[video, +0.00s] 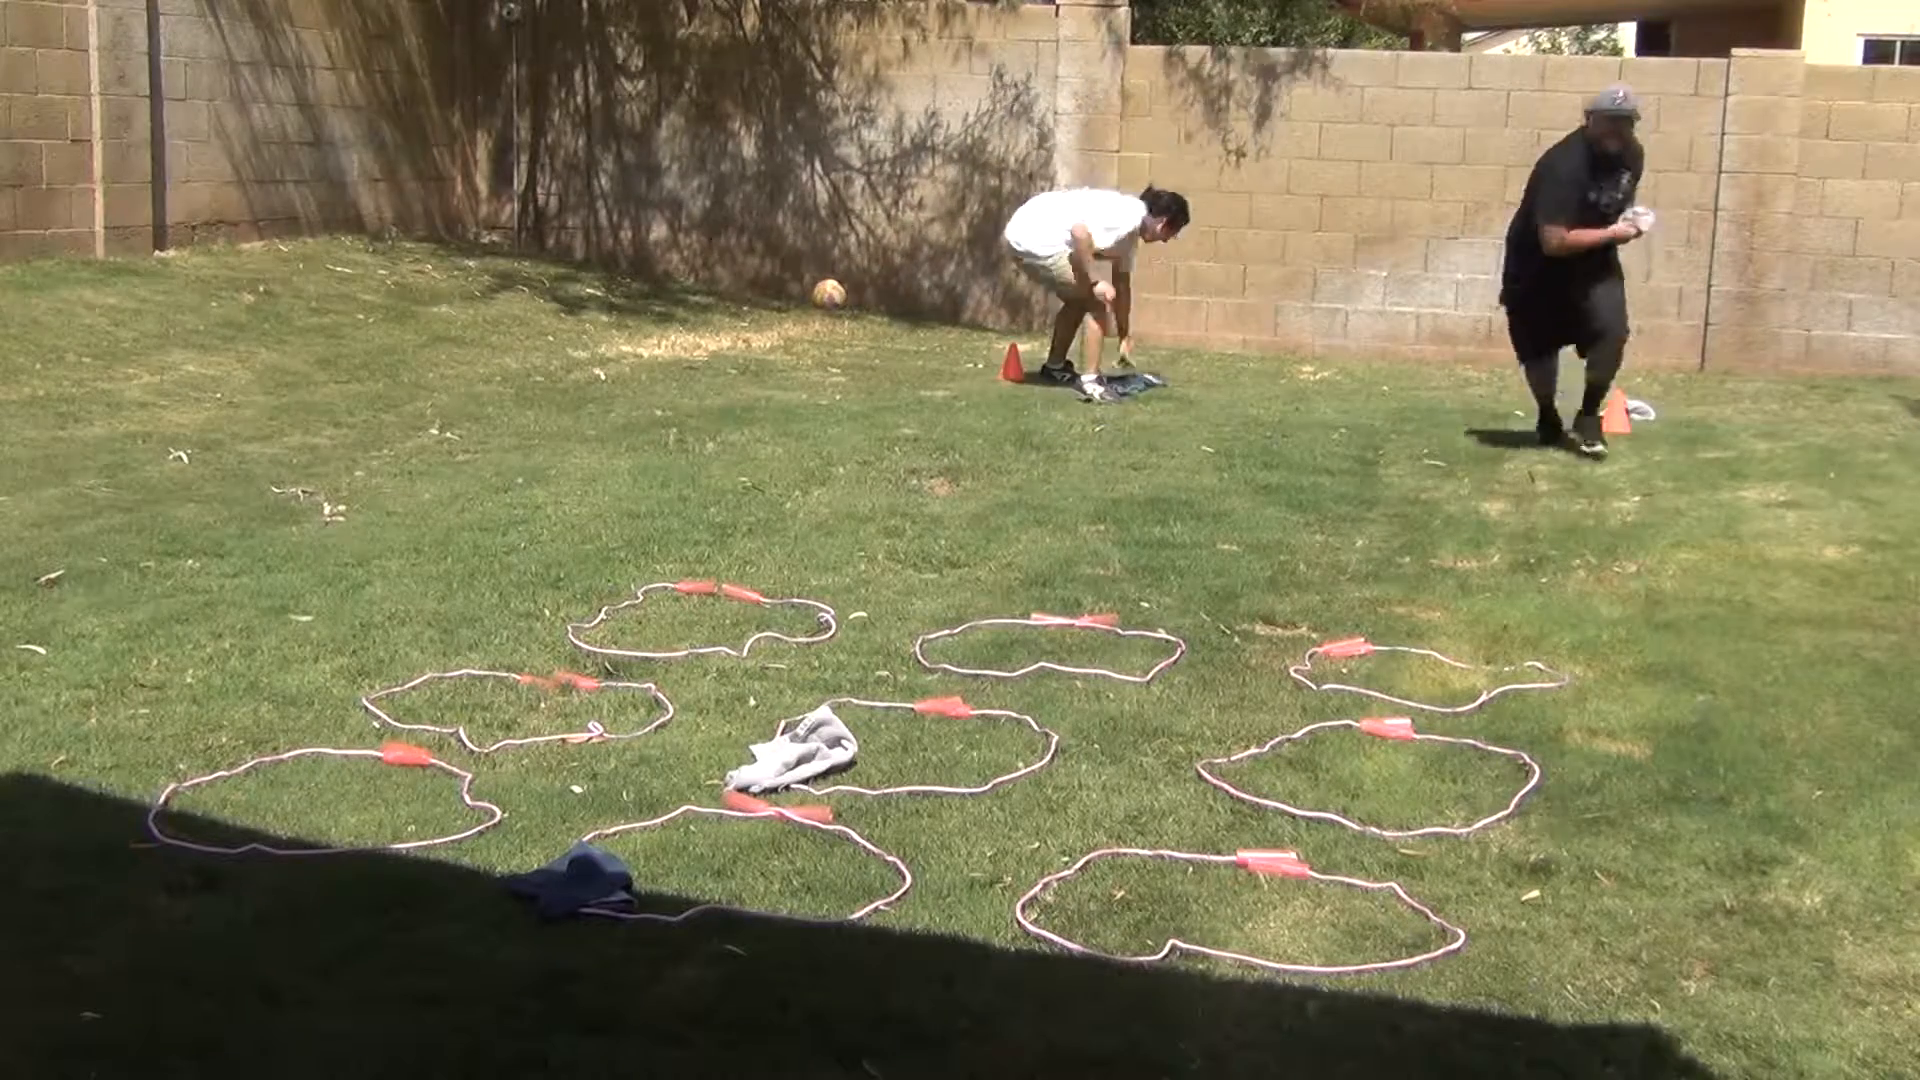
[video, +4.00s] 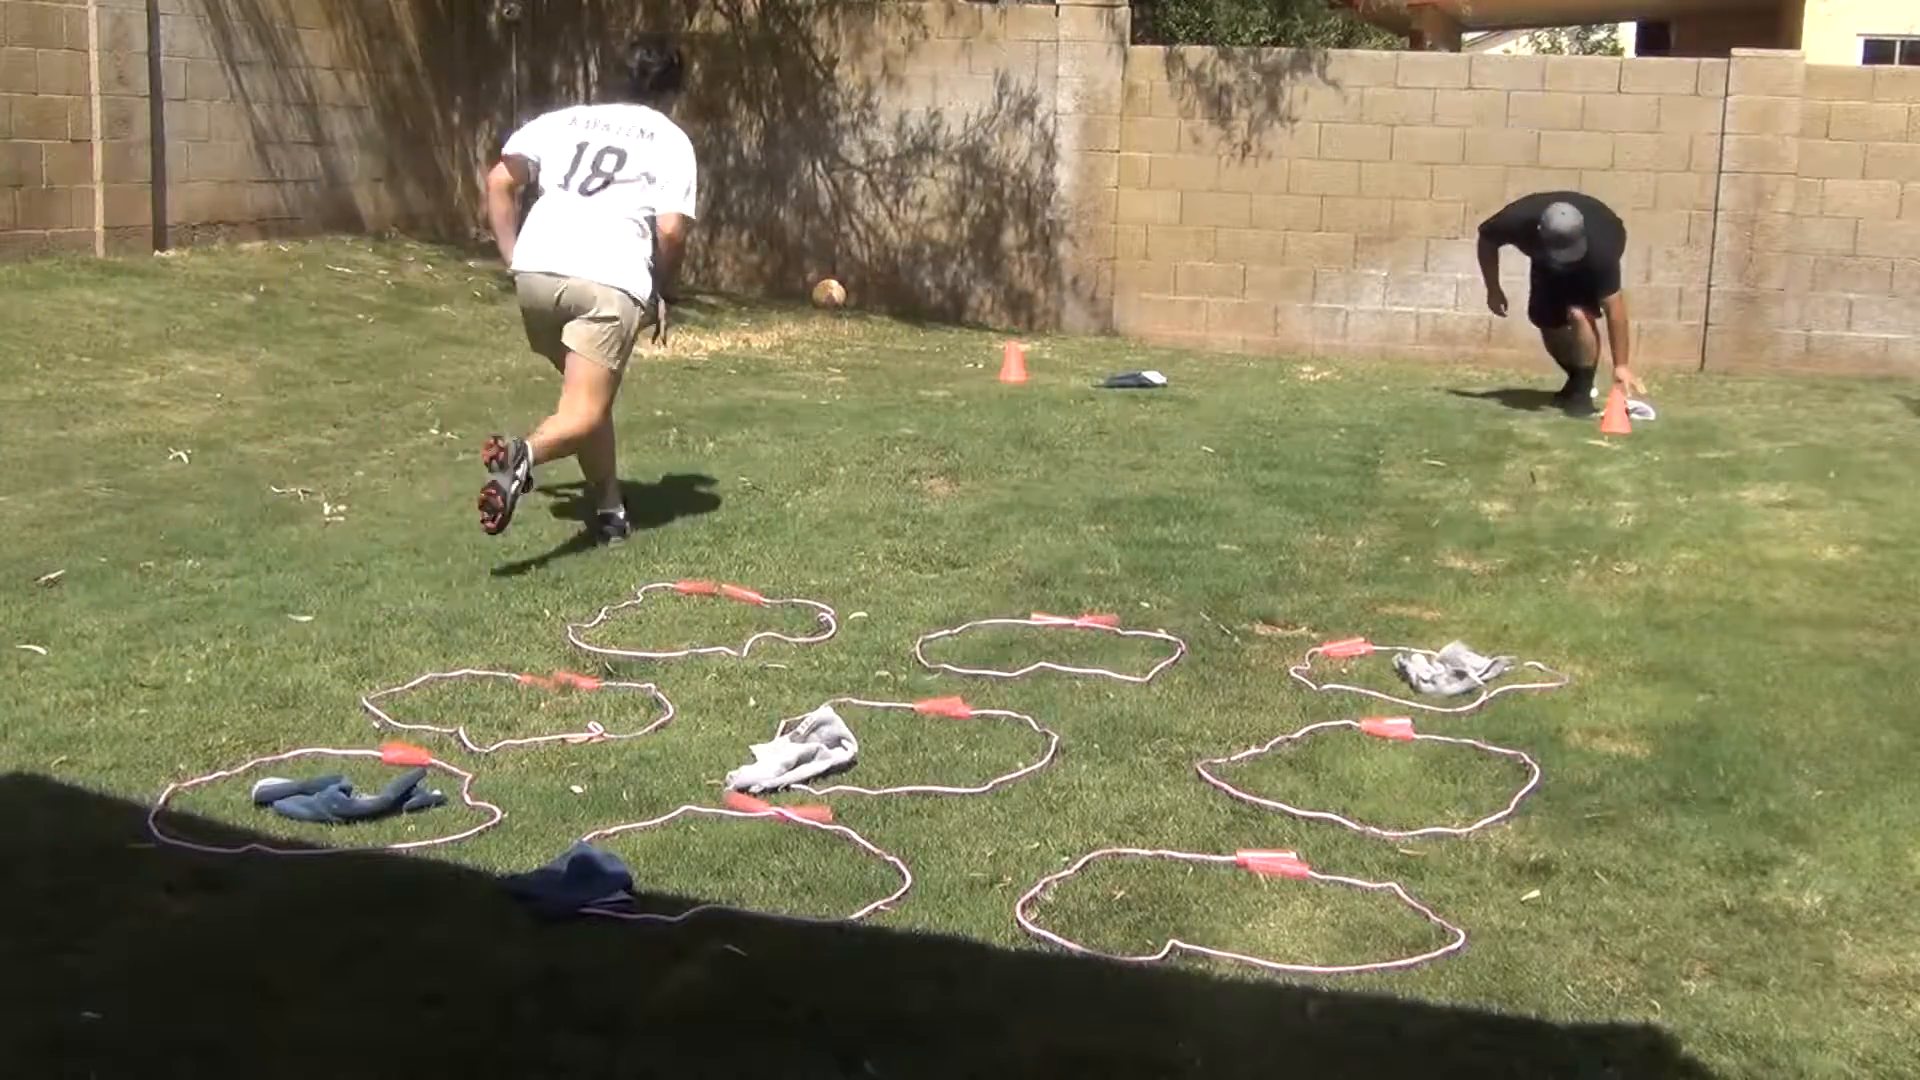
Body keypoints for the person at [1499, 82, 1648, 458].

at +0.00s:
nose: (1618, 132)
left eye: (1625, 123)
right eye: (1610, 123)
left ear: (1634, 125)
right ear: (1589, 123)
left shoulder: (1631, 157)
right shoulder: (1561, 163)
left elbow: (1613, 207)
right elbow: (1552, 241)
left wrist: (1629, 217)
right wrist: (1615, 233)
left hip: (1593, 260)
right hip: (1537, 266)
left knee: (1611, 335)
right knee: (1540, 352)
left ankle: (1589, 417)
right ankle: (1548, 417)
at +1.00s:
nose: (1532, 119)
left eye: (1546, 110)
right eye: (1523, 107)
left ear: (1567, 106)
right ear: (1506, 98)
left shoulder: (1574, 156)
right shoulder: (1464, 152)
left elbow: (1563, 234)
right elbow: (1420, 238)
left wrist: (1538, 294)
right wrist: (1434, 312)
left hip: (1532, 318)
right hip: (1464, 312)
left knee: (1544, 442)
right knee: (1457, 423)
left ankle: (1486, 543)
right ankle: (1399, 547)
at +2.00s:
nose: (1615, 137)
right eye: (1614, 132)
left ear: (1554, 127)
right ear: (1607, 130)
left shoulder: (1513, 165)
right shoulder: (1626, 168)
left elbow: (1474, 253)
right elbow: (1657, 234)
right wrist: (1639, 321)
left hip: (1486, 291)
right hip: (1566, 298)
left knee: (1504, 422)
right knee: (1586, 427)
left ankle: (1504, 519)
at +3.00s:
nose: (1544, 108)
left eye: (1545, 100)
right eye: (1543, 101)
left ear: (1556, 99)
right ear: (1587, 94)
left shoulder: (1552, 144)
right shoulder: (1628, 131)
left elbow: (1543, 201)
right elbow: (1673, 169)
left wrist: (1531, 237)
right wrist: (1643, 204)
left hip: (1573, 263)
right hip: (1626, 263)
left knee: (1541, 339)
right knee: (1596, 345)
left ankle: (1573, 404)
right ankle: (1603, 432)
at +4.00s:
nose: (1564, 260)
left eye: (1570, 254)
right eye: (1558, 254)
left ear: (1582, 237)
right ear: (1541, 235)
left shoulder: (1602, 244)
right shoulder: (1520, 221)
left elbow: (1614, 304)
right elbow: (1487, 237)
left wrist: (1621, 365)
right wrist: (1493, 288)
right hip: (1545, 257)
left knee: (1579, 314)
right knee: (1550, 323)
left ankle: (1583, 389)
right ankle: (1575, 378)